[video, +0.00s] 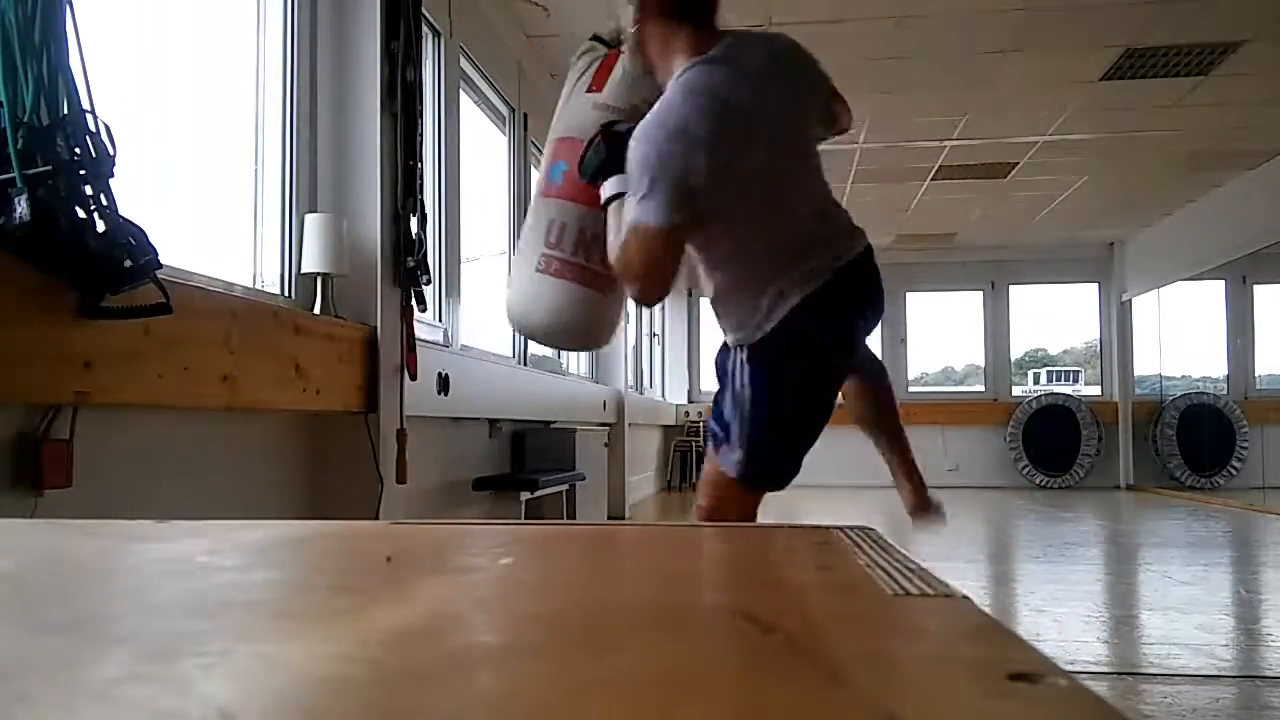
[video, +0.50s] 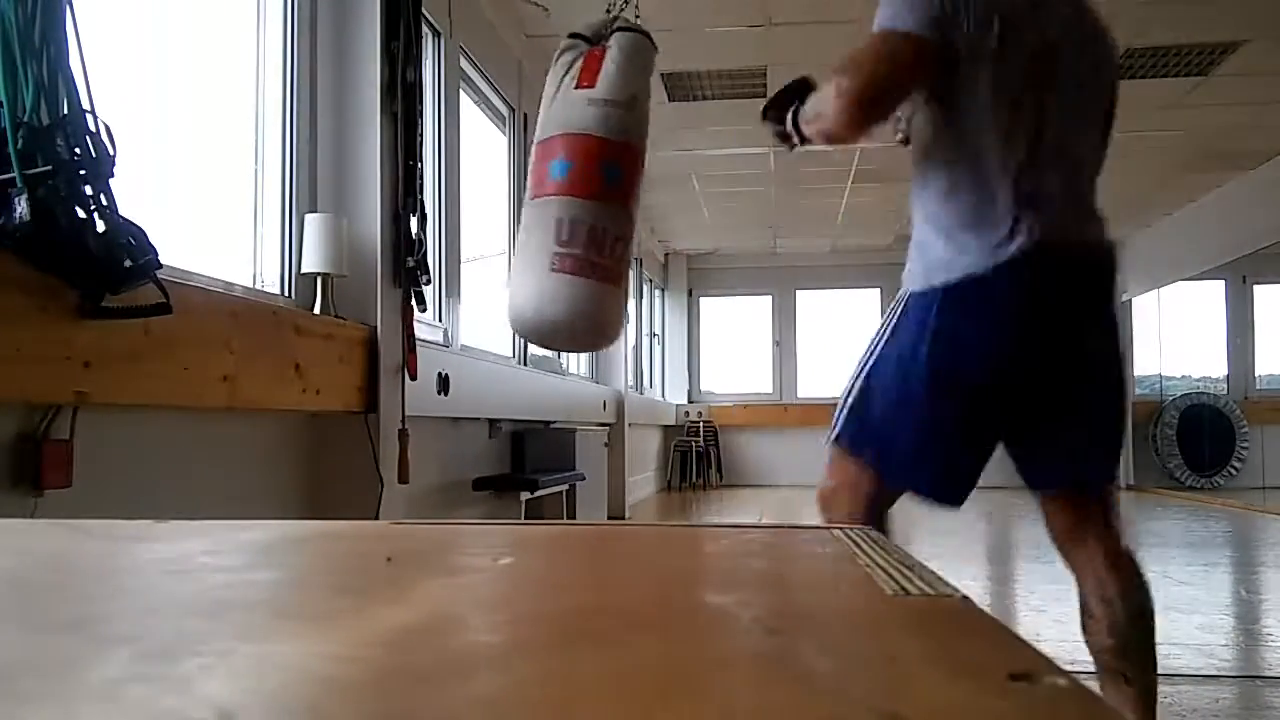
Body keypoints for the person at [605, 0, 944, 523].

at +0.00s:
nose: (633, 35)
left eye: (635, 20)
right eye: (635, 21)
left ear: (651, 19)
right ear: (708, 12)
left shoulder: (666, 133)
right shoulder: (773, 52)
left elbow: (645, 282)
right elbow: (835, 117)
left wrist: (612, 187)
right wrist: (755, 138)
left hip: (777, 332)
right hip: (853, 277)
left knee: (722, 510)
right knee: (850, 355)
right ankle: (915, 493)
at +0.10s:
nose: (689, 14)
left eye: (694, 3)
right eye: (693, 4)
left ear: (712, 7)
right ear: (769, 1)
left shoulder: (732, 90)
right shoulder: (824, 50)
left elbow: (707, 239)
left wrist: (643, 181)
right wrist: (710, 88)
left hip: (783, 325)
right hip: (864, 296)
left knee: (710, 506)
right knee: (888, 435)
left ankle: (709, 670)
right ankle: (965, 575)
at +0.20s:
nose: (752, 9)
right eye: (756, 0)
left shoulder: (807, 58)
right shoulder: (875, 54)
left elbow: (811, 198)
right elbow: (851, 167)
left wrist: (706, 206)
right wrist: (761, 114)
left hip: (809, 322)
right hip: (886, 312)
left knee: (723, 511)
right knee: (927, 491)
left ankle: (716, 692)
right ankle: (1049, 644)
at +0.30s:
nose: (824, 18)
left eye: (829, 8)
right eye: (829, 10)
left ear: (850, 1)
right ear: (901, 2)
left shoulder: (880, 48)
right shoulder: (950, 61)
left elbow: (909, 168)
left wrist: (797, 205)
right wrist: (813, 167)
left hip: (859, 325)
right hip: (943, 324)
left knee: (767, 528)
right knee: (994, 525)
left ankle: (741, 700)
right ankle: (1094, 695)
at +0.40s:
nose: (881, 12)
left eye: (885, 6)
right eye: (883, 9)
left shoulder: (918, 42)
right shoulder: (1034, 69)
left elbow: (905, 170)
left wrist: (806, 166)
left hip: (922, 338)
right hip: (1023, 339)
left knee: (804, 540)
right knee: (1056, 552)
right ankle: (1122, 719)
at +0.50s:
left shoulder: (938, 1)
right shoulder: (1090, 27)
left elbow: (847, 109)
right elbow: (1068, 156)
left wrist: (802, 115)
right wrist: (932, 121)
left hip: (963, 284)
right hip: (1075, 286)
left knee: (847, 498)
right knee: (1089, 530)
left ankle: (870, 703)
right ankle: (1132, 716)